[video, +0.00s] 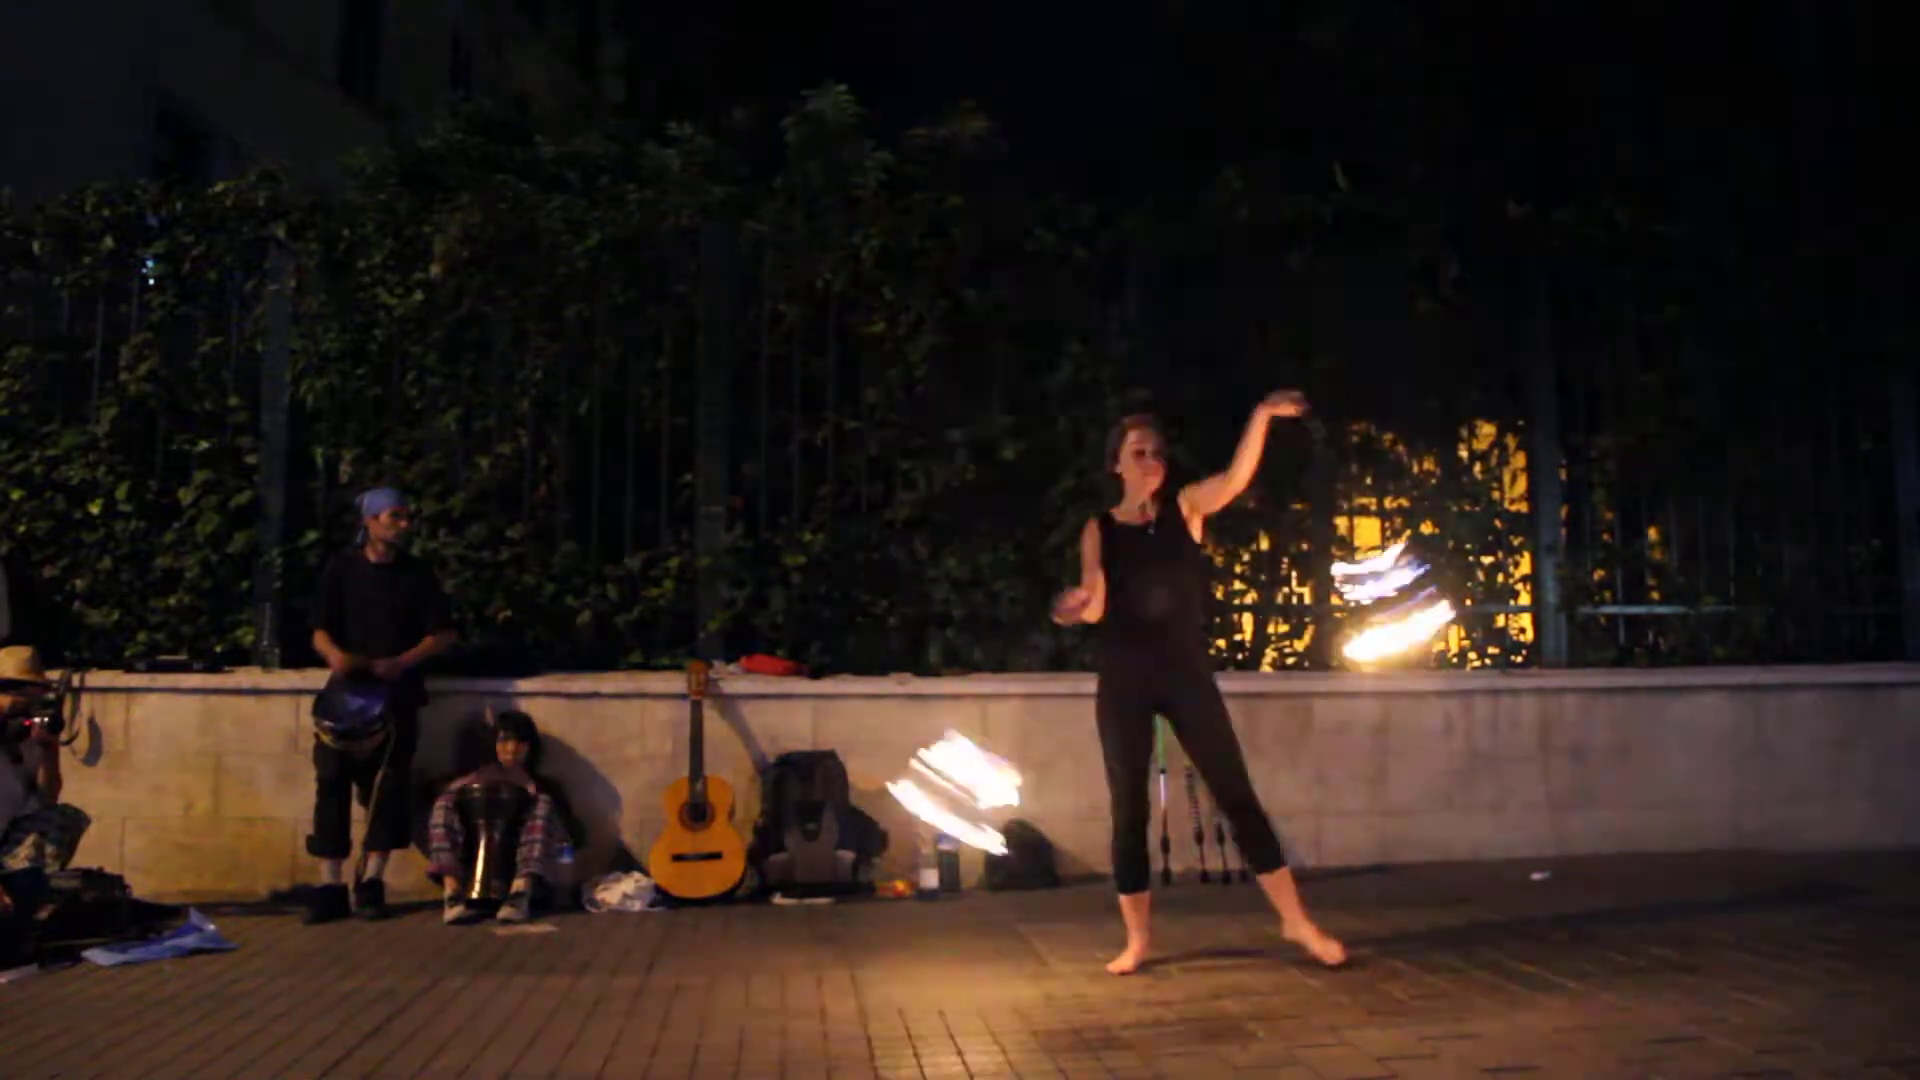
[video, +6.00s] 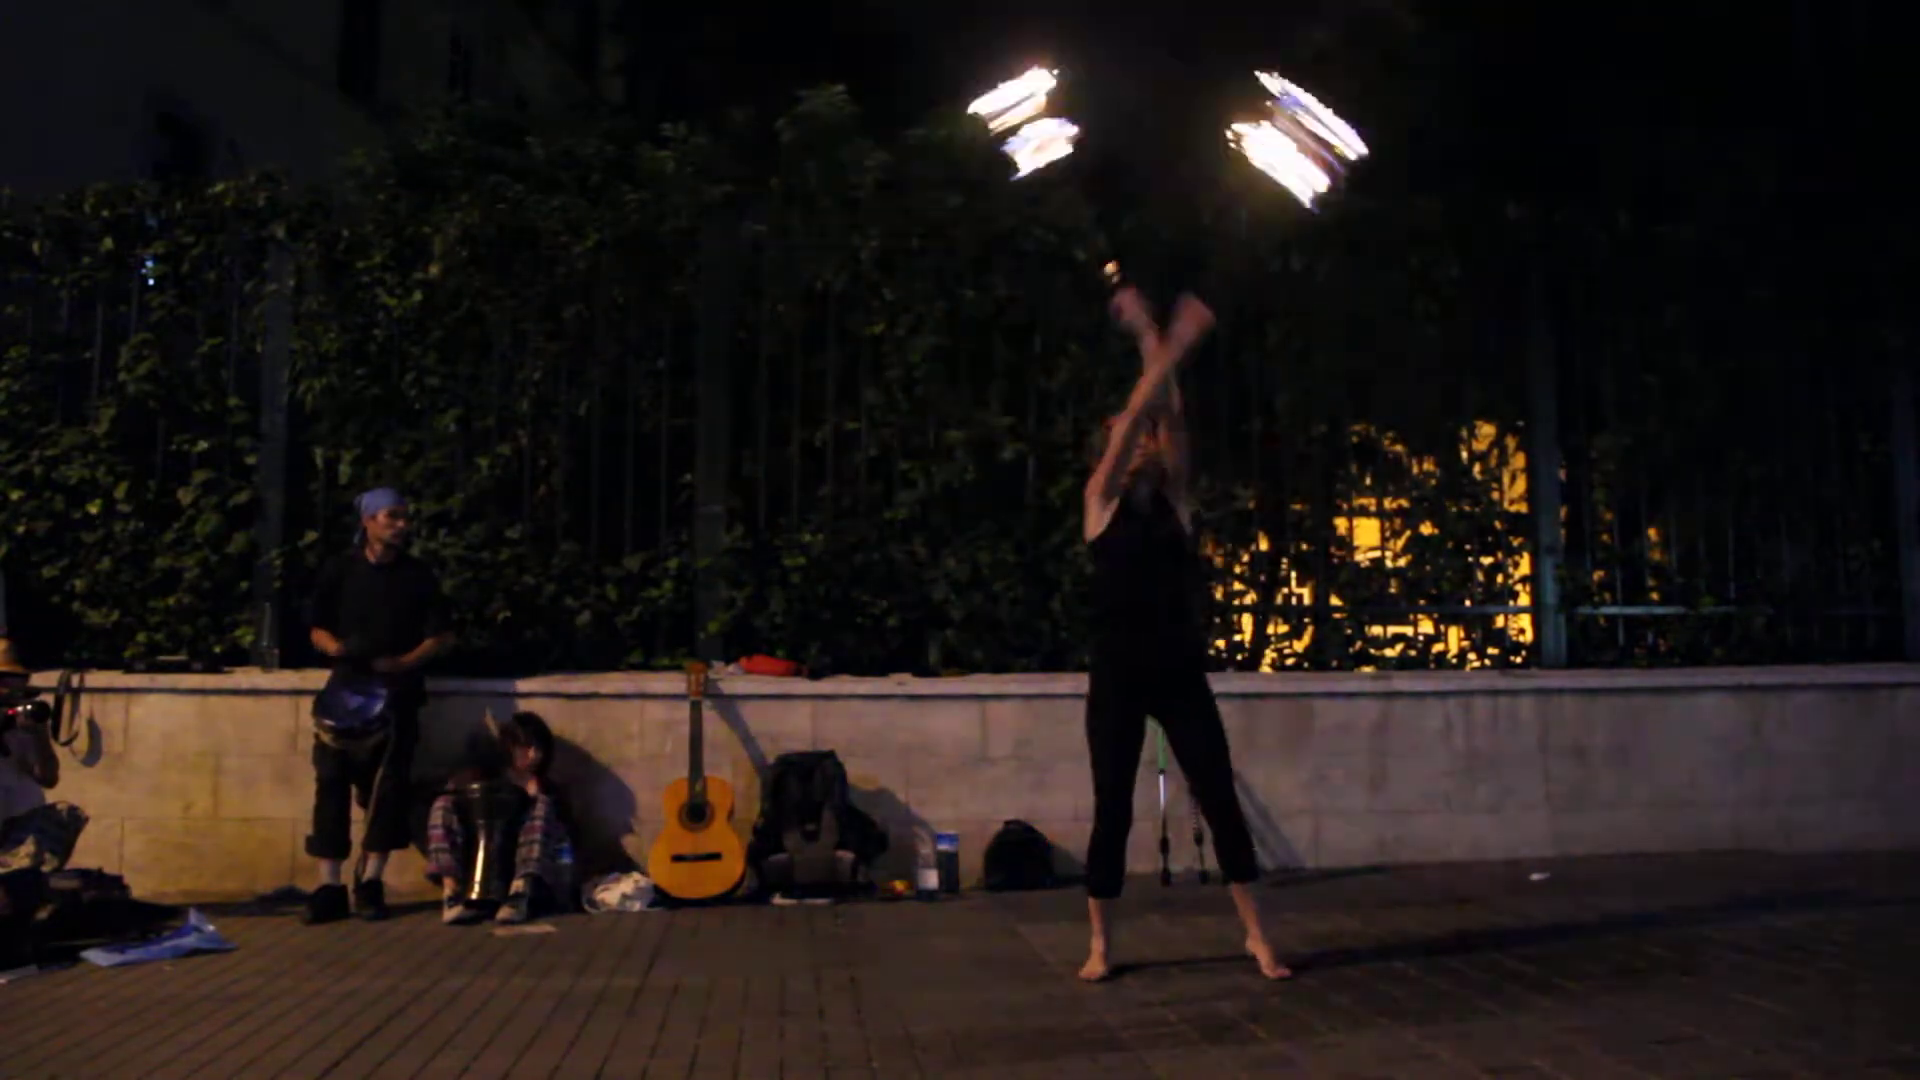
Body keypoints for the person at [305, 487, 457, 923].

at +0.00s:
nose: (404, 524)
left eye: (406, 518)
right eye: (395, 518)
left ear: (405, 524)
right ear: (370, 521)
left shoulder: (418, 573)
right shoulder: (341, 570)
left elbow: (442, 635)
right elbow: (319, 630)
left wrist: (400, 663)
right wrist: (339, 659)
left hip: (396, 694)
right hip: (345, 691)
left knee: (390, 784)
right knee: (331, 783)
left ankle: (371, 880)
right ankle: (332, 882)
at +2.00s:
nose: (402, 524)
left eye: (404, 517)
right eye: (392, 518)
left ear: (406, 523)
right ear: (368, 522)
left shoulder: (416, 575)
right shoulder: (340, 572)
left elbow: (444, 637)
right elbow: (313, 630)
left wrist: (404, 669)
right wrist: (328, 642)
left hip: (395, 693)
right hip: (344, 689)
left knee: (388, 784)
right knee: (331, 782)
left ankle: (371, 880)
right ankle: (331, 883)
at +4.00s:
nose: (400, 523)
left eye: (402, 516)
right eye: (391, 516)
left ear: (401, 523)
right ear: (367, 521)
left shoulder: (415, 573)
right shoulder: (339, 571)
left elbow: (442, 636)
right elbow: (310, 628)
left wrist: (405, 669)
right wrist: (325, 637)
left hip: (395, 691)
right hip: (344, 688)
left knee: (388, 785)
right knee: (331, 783)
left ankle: (370, 880)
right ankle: (330, 883)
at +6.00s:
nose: (402, 525)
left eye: (405, 518)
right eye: (393, 518)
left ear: (406, 524)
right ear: (368, 522)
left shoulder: (418, 575)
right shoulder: (341, 571)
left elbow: (440, 636)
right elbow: (315, 626)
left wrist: (402, 662)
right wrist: (339, 649)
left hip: (396, 692)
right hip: (345, 689)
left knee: (389, 784)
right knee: (331, 783)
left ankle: (370, 880)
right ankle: (330, 883)